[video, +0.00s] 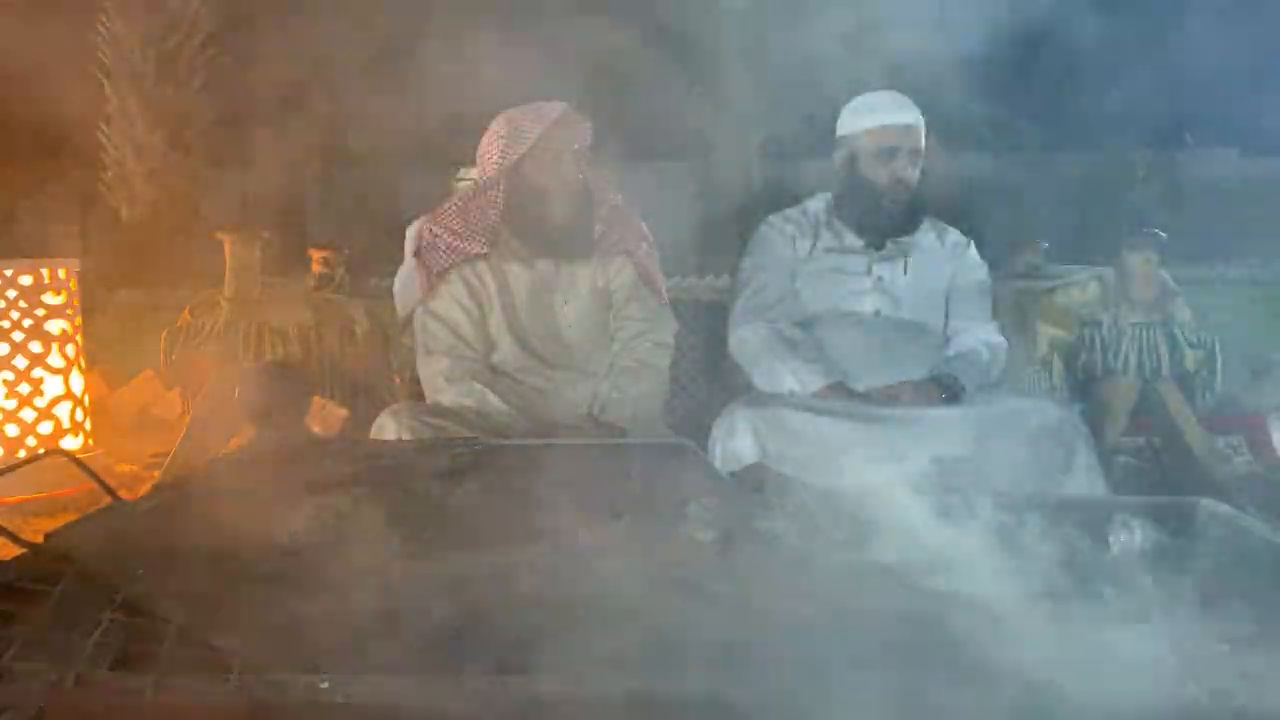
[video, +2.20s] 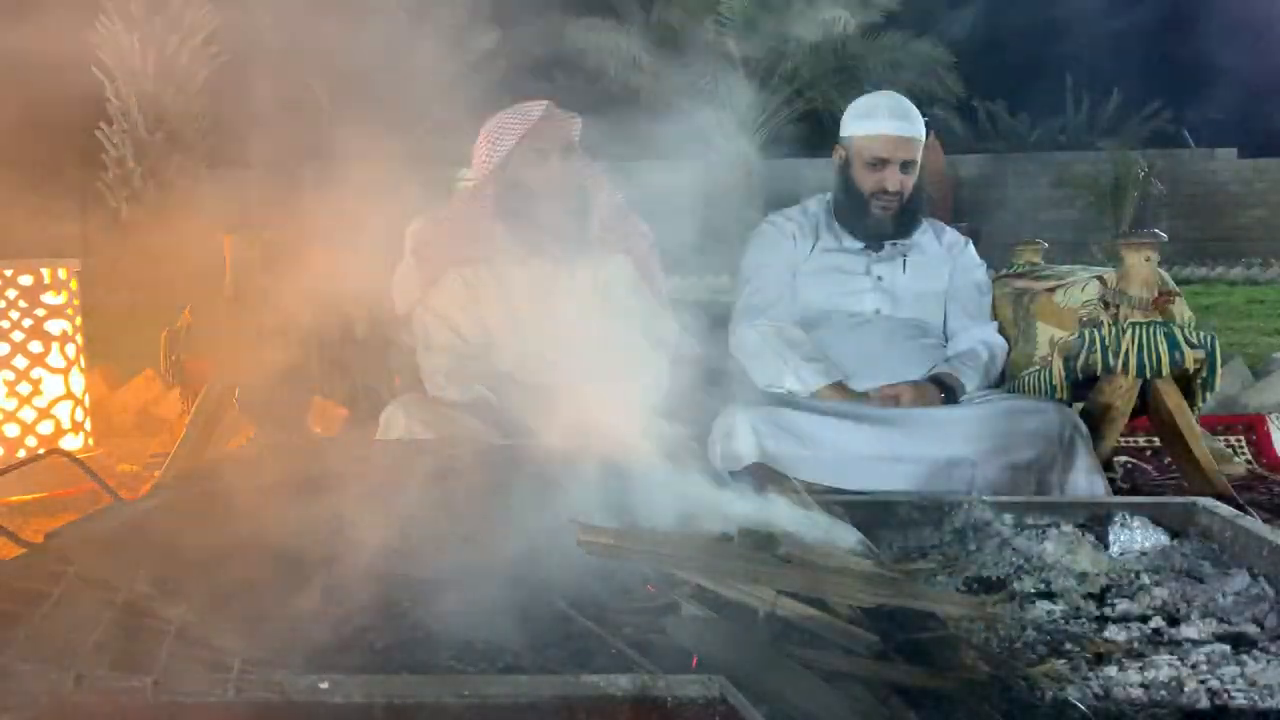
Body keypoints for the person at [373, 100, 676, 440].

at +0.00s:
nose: (580, 176)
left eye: (581, 159)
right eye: (560, 160)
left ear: (591, 167)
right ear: (514, 174)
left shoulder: (620, 258)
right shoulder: (459, 265)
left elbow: (646, 354)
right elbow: (449, 381)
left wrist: (606, 432)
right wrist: (526, 439)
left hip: (598, 439)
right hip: (496, 437)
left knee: (681, 466)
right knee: (397, 427)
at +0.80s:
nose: (575, 175)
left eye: (578, 158)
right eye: (552, 160)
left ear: (587, 165)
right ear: (509, 176)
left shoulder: (614, 257)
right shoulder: (460, 266)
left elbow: (645, 351)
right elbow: (447, 376)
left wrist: (600, 427)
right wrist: (516, 436)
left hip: (602, 437)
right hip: (499, 438)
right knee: (397, 426)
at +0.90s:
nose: (576, 175)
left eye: (579, 159)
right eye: (552, 161)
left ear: (589, 167)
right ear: (507, 178)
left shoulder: (614, 262)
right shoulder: (460, 269)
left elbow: (644, 357)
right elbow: (447, 378)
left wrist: (599, 426)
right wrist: (513, 437)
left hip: (590, 439)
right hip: (497, 436)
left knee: (625, 442)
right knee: (398, 425)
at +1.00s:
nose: (575, 174)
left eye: (578, 159)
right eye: (553, 161)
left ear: (589, 167)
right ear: (508, 177)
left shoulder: (615, 262)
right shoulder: (459, 268)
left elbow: (643, 362)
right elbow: (450, 382)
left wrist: (598, 434)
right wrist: (515, 440)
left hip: (596, 439)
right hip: (495, 440)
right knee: (396, 427)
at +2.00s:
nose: (568, 172)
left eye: (571, 155)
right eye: (542, 160)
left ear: (583, 162)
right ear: (500, 180)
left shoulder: (623, 256)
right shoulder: (461, 279)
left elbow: (645, 356)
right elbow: (451, 384)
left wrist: (597, 427)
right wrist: (520, 441)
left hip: (599, 439)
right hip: (497, 441)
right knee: (397, 425)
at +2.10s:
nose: (563, 172)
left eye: (569, 156)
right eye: (541, 159)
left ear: (580, 160)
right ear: (502, 174)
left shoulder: (615, 240)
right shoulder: (467, 256)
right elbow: (446, 377)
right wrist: (515, 444)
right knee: (399, 424)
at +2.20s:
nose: (561, 170)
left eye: (569, 153)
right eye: (540, 156)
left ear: (583, 163)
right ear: (502, 176)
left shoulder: (614, 265)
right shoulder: (463, 277)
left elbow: (655, 360)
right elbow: (450, 378)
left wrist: (608, 418)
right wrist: (542, 421)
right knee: (406, 417)